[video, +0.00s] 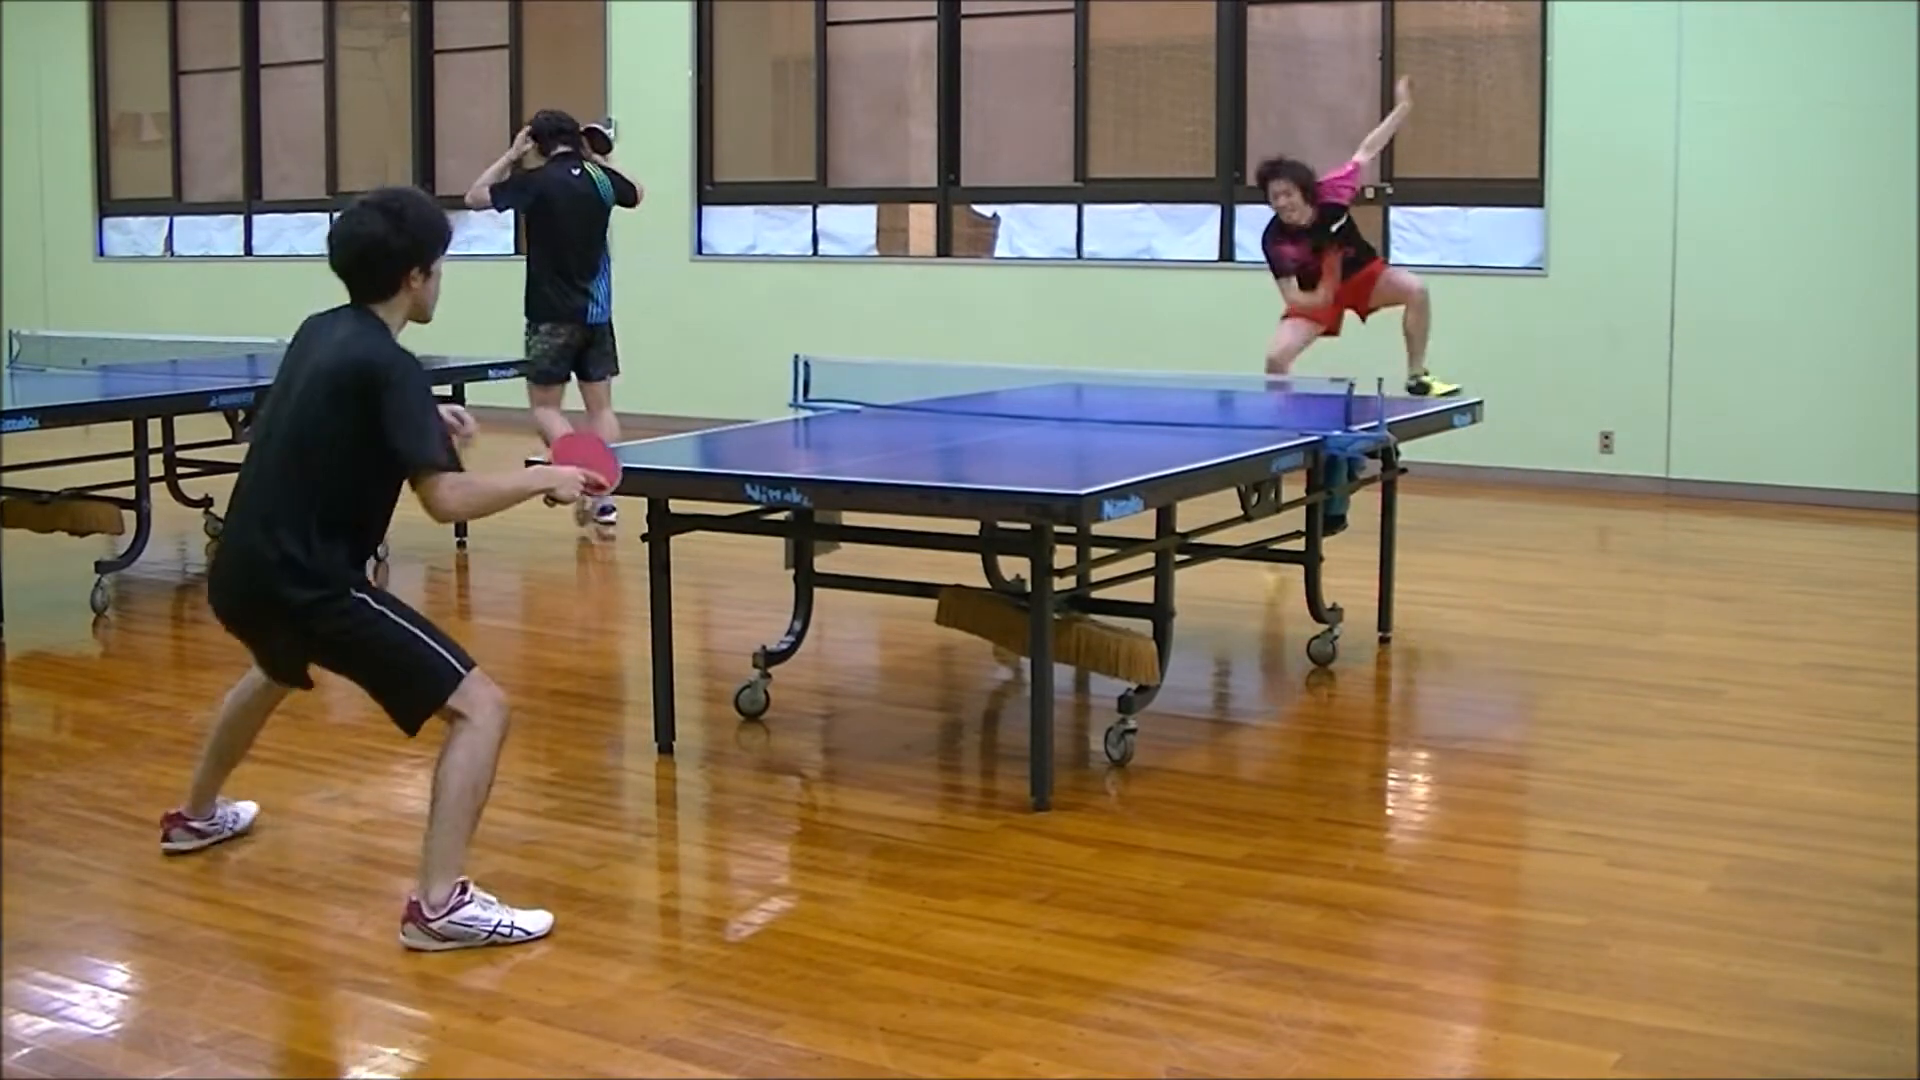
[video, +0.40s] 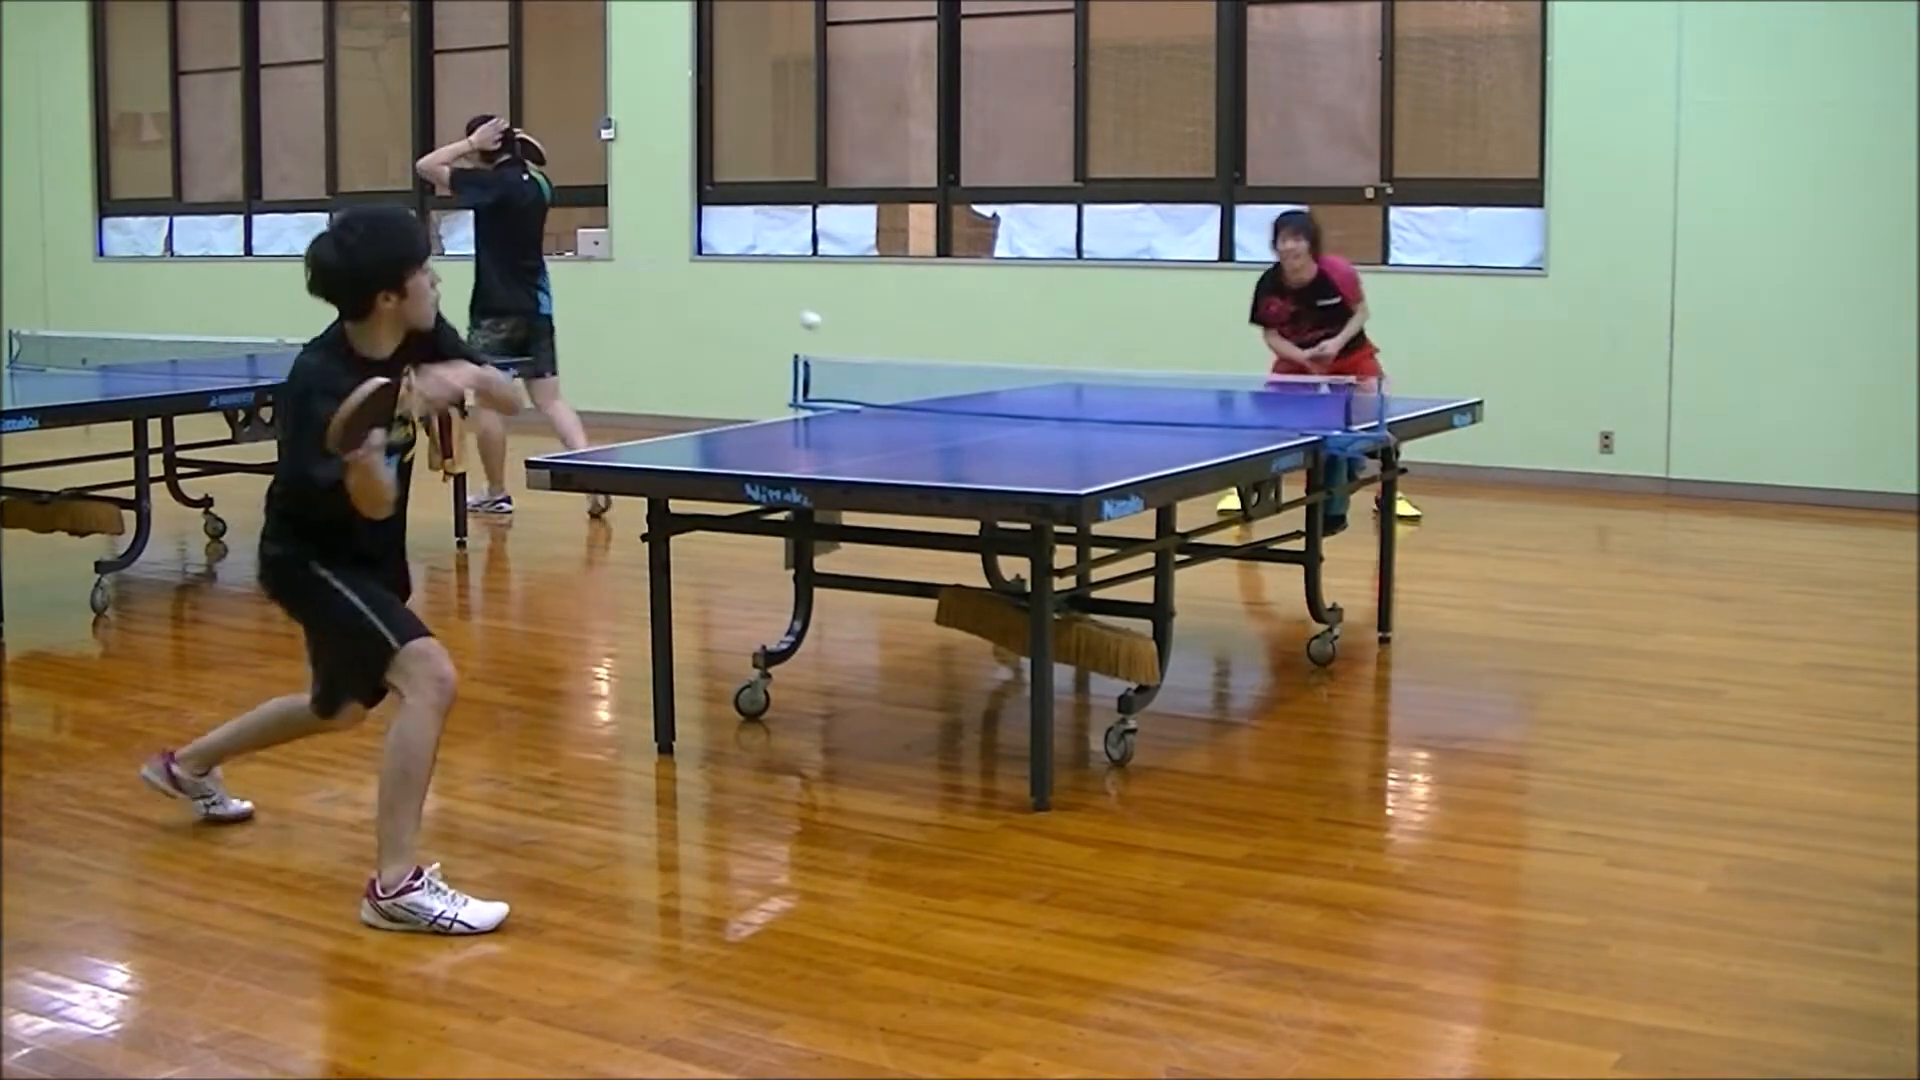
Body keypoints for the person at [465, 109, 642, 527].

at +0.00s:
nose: (526, 152)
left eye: (528, 145)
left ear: (536, 145)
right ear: (577, 142)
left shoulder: (537, 182)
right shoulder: (600, 179)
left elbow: (475, 197)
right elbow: (635, 195)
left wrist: (510, 157)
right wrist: (595, 161)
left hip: (552, 315)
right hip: (597, 313)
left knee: (545, 407)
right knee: (600, 407)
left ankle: (584, 476)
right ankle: (604, 498)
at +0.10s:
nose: (514, 157)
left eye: (517, 149)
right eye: (514, 148)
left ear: (531, 145)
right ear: (564, 141)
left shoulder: (532, 180)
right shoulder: (590, 177)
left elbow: (466, 190)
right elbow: (616, 190)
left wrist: (502, 150)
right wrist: (584, 158)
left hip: (543, 307)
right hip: (588, 307)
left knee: (522, 395)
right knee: (597, 403)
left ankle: (549, 477)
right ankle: (606, 497)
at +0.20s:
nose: (503, 157)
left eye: (506, 148)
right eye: (504, 147)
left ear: (521, 146)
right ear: (550, 145)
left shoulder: (527, 181)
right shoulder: (574, 180)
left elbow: (457, 180)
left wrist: (498, 145)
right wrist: (553, 147)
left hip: (532, 308)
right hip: (575, 307)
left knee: (512, 404)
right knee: (591, 400)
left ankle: (516, 498)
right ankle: (605, 495)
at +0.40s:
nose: (465, 160)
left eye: (470, 151)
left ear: (485, 153)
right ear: (514, 150)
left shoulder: (495, 185)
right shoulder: (539, 185)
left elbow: (427, 166)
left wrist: (471, 144)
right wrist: (514, 148)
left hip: (497, 305)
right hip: (536, 303)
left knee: (485, 402)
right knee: (550, 398)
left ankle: (496, 494)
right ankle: (594, 479)